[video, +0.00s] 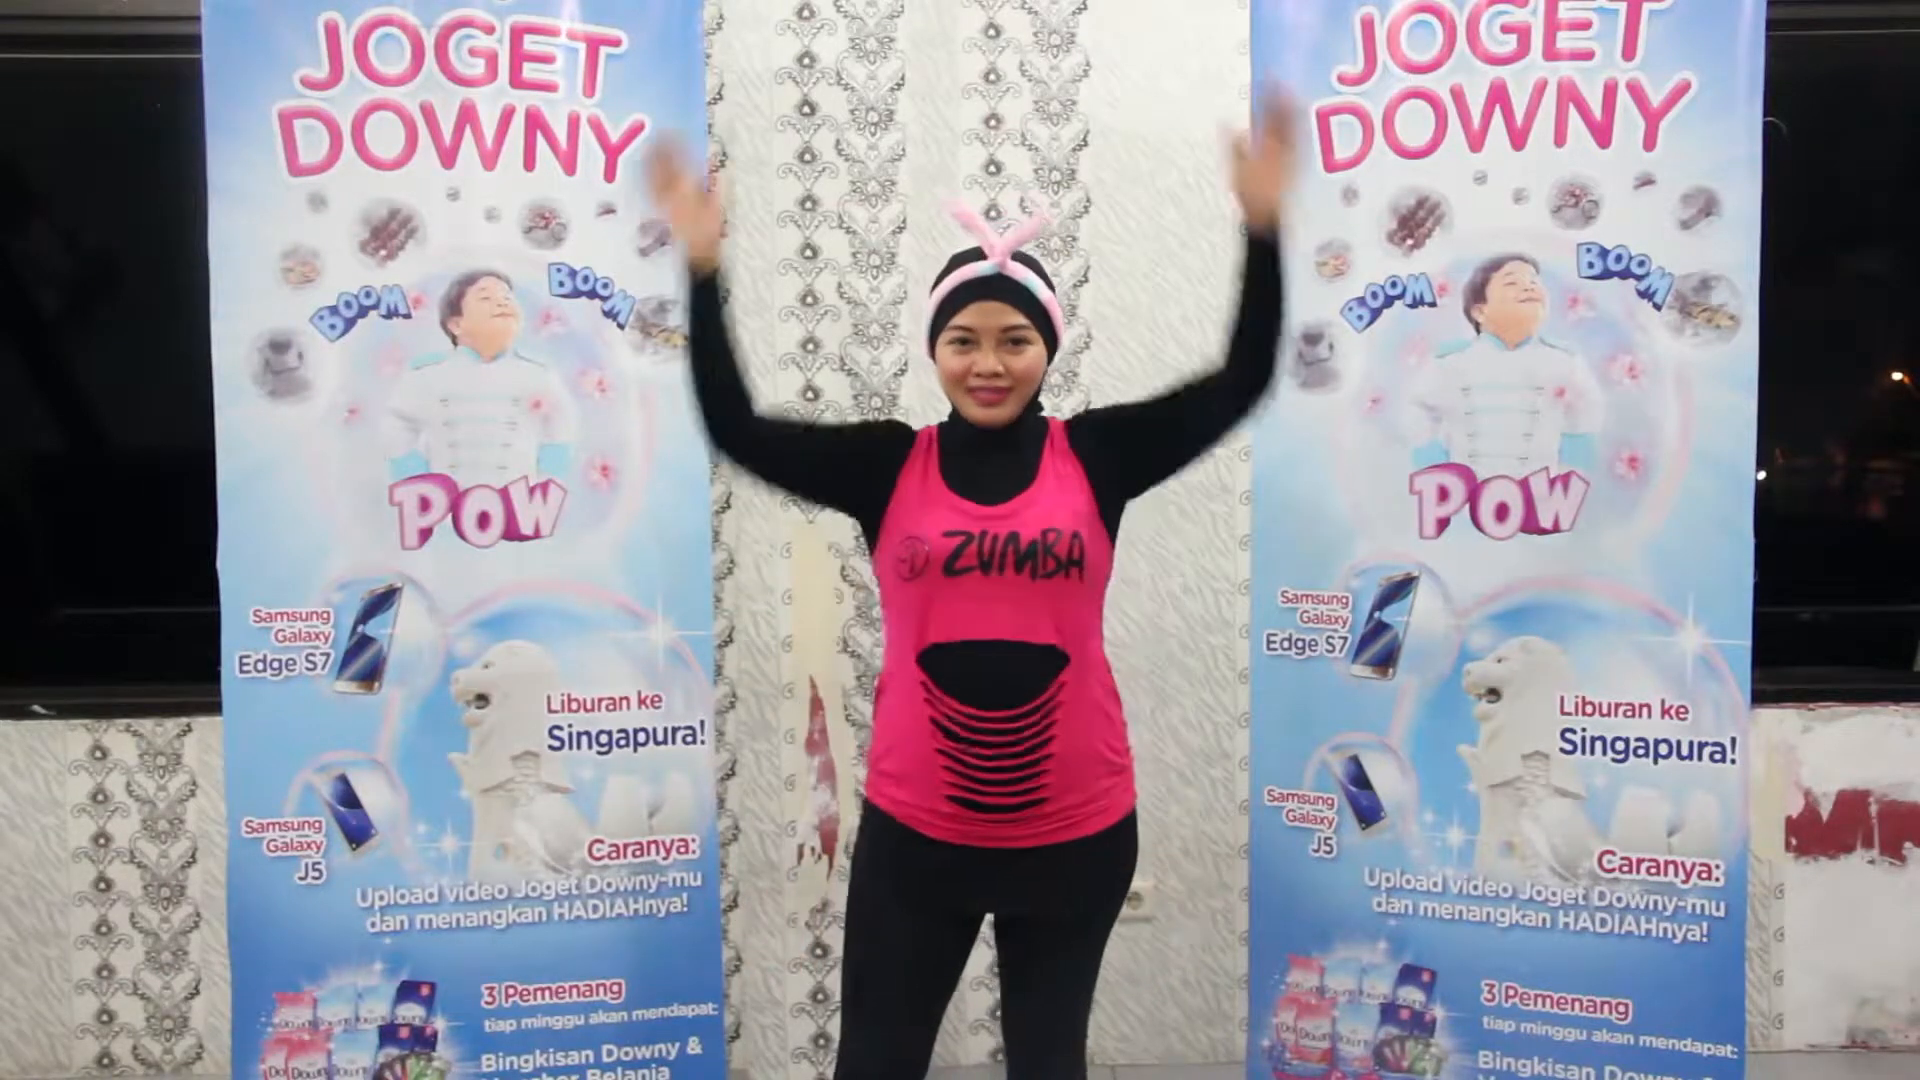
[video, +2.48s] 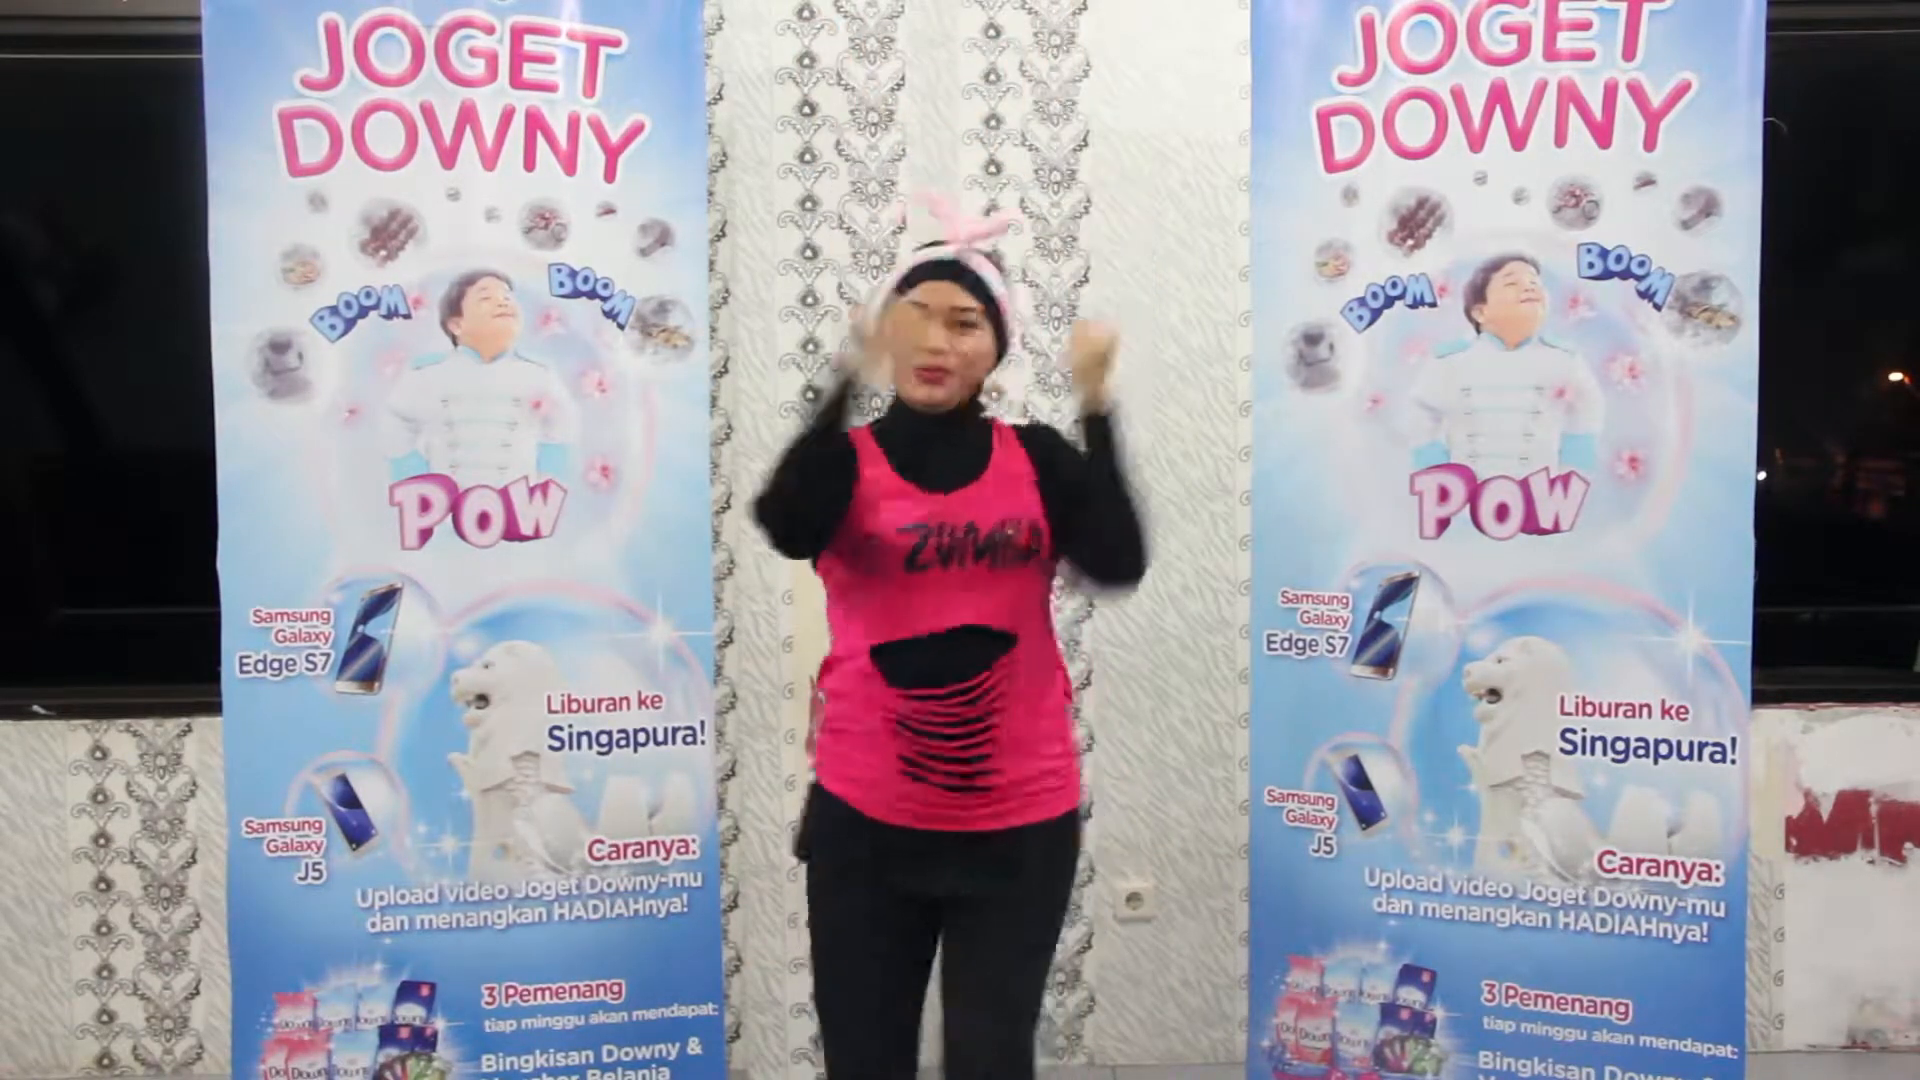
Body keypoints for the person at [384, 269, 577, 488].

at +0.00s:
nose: (501, 302)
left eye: (507, 296)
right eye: (484, 297)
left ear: (518, 313)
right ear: (454, 324)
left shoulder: (536, 376)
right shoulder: (422, 378)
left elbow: (559, 431)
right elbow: (393, 430)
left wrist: (544, 489)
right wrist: (415, 487)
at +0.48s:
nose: (503, 301)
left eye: (508, 296)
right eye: (485, 297)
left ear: (519, 314)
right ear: (454, 324)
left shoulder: (538, 377)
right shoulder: (423, 378)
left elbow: (558, 436)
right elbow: (393, 428)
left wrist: (545, 492)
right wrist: (415, 485)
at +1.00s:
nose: (502, 301)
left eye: (508, 295)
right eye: (484, 297)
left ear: (518, 313)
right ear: (454, 324)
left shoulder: (539, 376)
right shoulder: (424, 377)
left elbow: (558, 438)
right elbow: (390, 424)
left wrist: (545, 494)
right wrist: (414, 483)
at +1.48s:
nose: (502, 301)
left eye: (507, 295)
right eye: (484, 298)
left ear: (518, 313)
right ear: (454, 324)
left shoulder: (539, 376)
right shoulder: (423, 378)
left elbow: (558, 438)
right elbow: (391, 425)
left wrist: (545, 491)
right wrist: (413, 483)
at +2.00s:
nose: (502, 302)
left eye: (507, 296)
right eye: (484, 298)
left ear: (519, 314)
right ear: (454, 324)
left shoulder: (538, 377)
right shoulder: (422, 378)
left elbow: (559, 432)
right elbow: (392, 426)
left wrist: (546, 491)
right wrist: (413, 484)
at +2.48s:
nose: (503, 301)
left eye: (508, 296)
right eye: (484, 297)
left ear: (518, 314)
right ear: (455, 324)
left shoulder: (537, 377)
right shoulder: (422, 377)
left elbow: (559, 432)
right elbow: (392, 427)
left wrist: (545, 490)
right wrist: (414, 485)